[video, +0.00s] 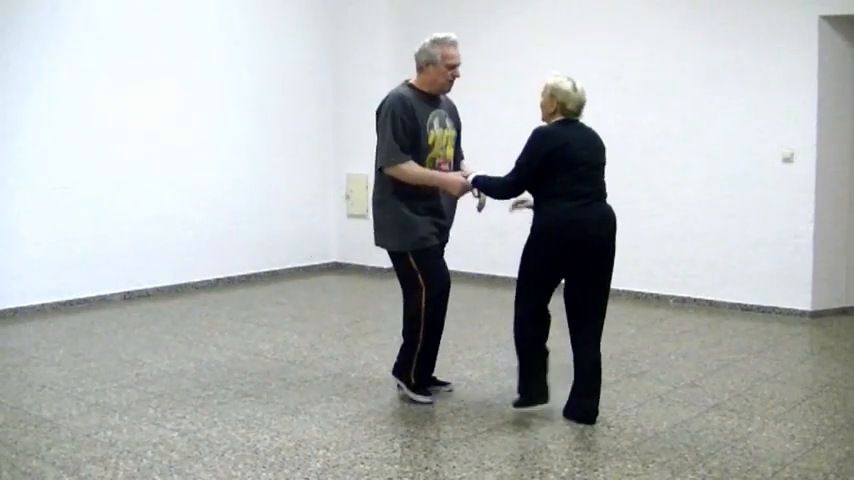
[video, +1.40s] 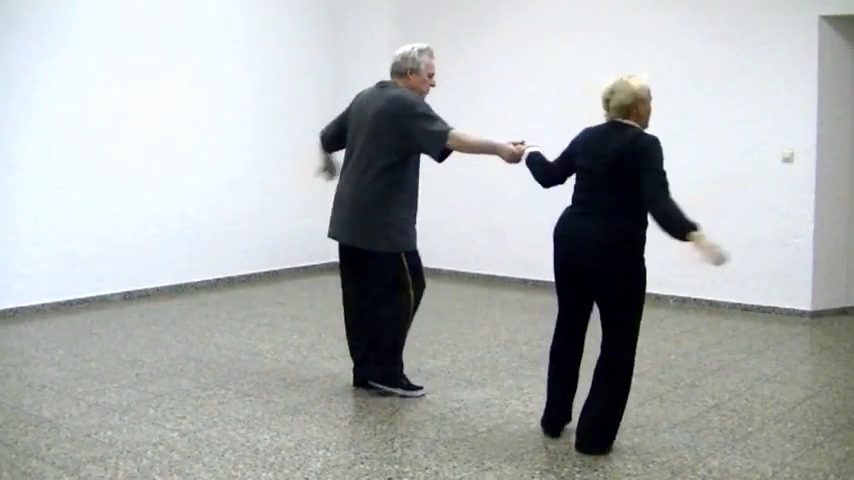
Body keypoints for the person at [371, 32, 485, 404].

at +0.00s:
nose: (456, 74)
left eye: (457, 67)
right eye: (451, 67)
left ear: (437, 68)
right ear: (426, 67)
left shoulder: (447, 107)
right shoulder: (397, 104)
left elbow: (453, 159)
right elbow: (393, 165)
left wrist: (467, 178)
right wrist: (444, 180)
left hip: (433, 221)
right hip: (401, 222)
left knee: (427, 292)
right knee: (433, 286)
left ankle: (419, 371)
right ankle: (410, 374)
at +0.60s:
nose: (454, 73)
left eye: (455, 66)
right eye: (450, 66)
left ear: (431, 66)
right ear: (427, 65)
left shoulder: (420, 99)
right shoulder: (404, 95)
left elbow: (416, 151)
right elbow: (393, 144)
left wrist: (445, 167)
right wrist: (441, 161)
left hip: (413, 218)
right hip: (402, 220)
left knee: (428, 289)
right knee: (433, 287)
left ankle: (406, 364)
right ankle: (411, 370)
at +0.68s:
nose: (453, 75)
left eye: (454, 68)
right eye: (449, 67)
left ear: (428, 68)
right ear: (428, 67)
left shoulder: (413, 97)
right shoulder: (407, 96)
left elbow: (390, 149)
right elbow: (391, 145)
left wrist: (430, 179)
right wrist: (433, 177)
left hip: (408, 219)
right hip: (400, 221)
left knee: (423, 290)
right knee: (421, 292)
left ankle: (409, 369)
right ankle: (401, 373)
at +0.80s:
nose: (451, 79)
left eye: (451, 72)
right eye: (447, 71)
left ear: (420, 71)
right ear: (426, 69)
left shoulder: (390, 96)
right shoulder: (412, 99)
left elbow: (352, 148)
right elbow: (405, 154)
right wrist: (441, 192)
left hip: (387, 223)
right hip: (397, 225)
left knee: (412, 301)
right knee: (403, 304)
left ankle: (414, 372)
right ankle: (385, 380)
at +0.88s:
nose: (447, 81)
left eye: (448, 73)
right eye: (444, 73)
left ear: (418, 70)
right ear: (426, 69)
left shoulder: (380, 95)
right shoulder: (414, 99)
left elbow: (339, 147)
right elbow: (419, 158)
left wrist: (336, 188)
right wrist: (464, 188)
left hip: (370, 220)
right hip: (392, 223)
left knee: (403, 298)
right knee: (398, 303)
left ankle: (412, 368)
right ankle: (386, 381)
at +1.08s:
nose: (434, 80)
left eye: (435, 73)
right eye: (431, 72)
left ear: (404, 70)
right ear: (414, 69)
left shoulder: (363, 96)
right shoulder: (410, 101)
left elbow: (322, 146)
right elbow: (453, 147)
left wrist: (317, 185)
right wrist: (507, 158)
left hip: (352, 219)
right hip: (387, 222)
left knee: (385, 294)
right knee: (393, 296)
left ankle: (382, 369)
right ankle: (384, 379)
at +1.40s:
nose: (433, 82)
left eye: (433, 75)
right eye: (429, 75)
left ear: (403, 74)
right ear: (410, 74)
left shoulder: (366, 99)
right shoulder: (408, 105)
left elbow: (327, 139)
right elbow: (452, 140)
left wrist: (328, 165)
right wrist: (499, 148)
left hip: (350, 219)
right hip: (385, 223)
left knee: (361, 294)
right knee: (409, 286)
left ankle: (365, 371)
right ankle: (386, 372)